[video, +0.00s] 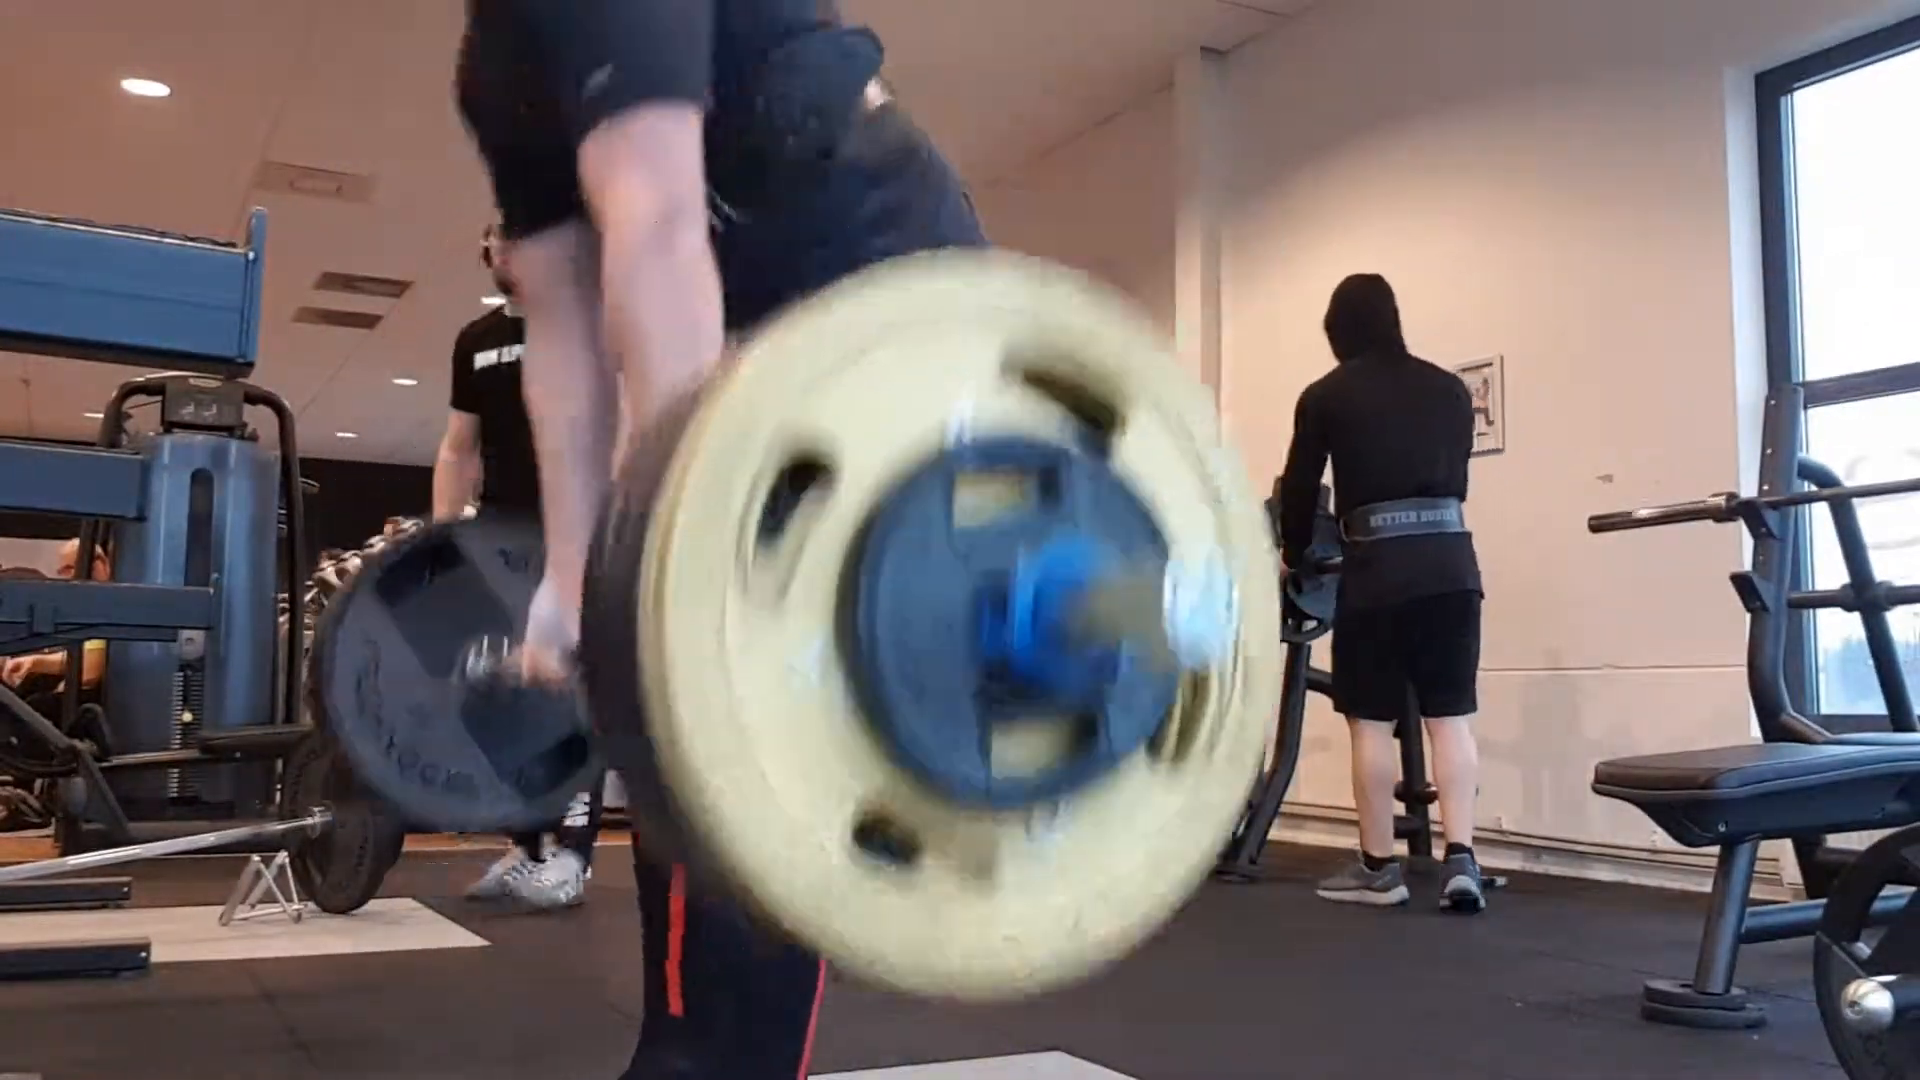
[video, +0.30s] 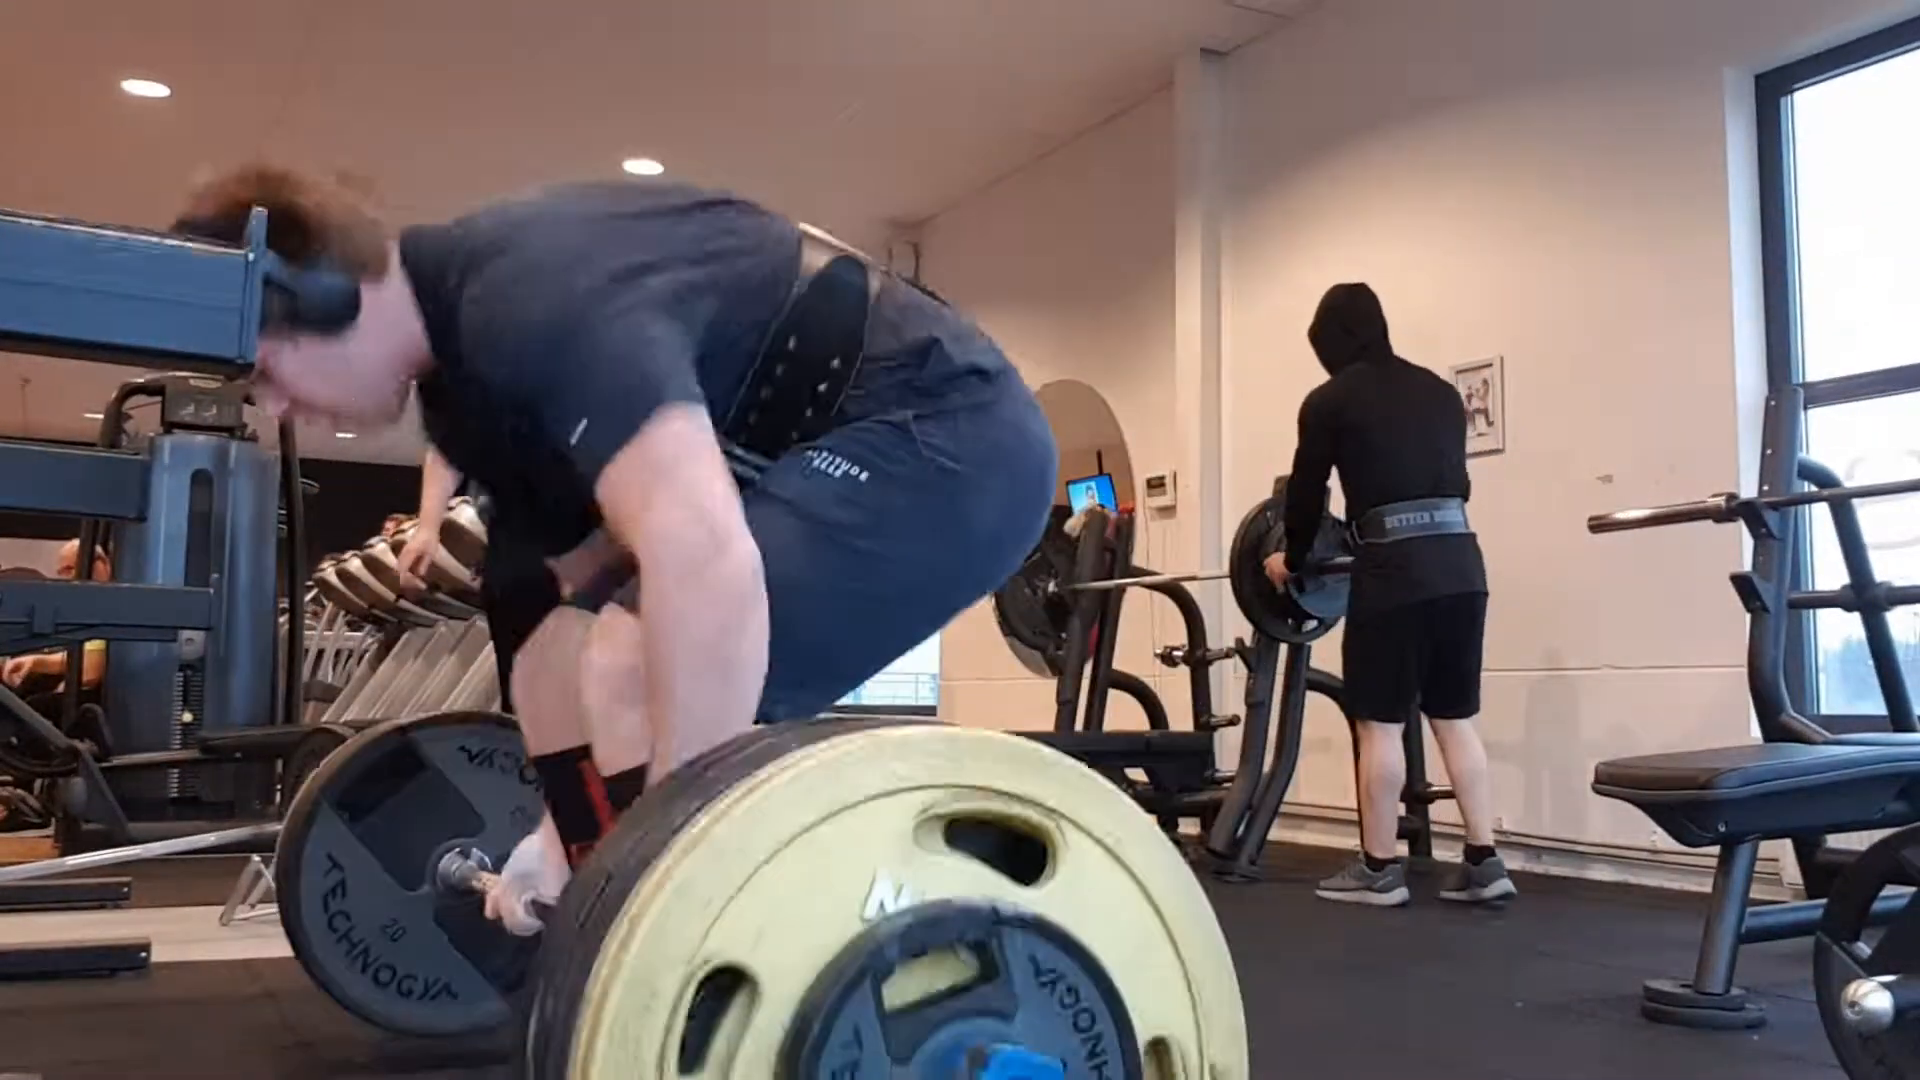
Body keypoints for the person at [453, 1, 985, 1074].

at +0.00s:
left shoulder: (609, 7)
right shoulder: (497, 51)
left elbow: (662, 230)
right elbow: (558, 307)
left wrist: (673, 550)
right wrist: (568, 566)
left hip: (884, 338)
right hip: (771, 352)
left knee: (743, 707)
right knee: (681, 695)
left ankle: (723, 1049)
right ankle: (696, 1040)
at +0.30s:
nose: (277, 418)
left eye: (259, 373)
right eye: (252, 389)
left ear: (310, 309)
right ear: (321, 296)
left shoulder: (546, 307)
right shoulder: (454, 371)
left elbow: (706, 550)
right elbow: (580, 575)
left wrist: (696, 856)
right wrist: (566, 824)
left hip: (941, 430)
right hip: (819, 445)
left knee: (630, 671)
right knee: (554, 662)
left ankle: (711, 965)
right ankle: (630, 994)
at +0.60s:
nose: (283, 301)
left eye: (272, 256)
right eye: (259, 279)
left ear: (334, 182)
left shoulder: (552, 284)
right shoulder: (449, 376)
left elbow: (637, 607)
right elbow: (523, 622)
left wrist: (645, 913)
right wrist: (537, 865)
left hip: (929, 476)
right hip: (816, 498)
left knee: (600, 681)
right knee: (525, 681)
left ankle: (697, 974)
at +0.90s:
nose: (275, 186)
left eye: (280, 143)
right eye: (260, 157)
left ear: (373, 93)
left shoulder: (562, 241)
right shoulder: (461, 329)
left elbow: (636, 573)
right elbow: (537, 589)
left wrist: (639, 878)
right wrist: (542, 853)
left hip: (911, 466)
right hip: (804, 483)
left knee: (565, 689)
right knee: (505, 688)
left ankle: (669, 1000)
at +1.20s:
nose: (285, 97)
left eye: (300, 54)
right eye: (280, 64)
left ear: (399, 35)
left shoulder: (577, 190)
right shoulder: (477, 288)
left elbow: (654, 521)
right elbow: (550, 538)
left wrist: (647, 832)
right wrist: (558, 790)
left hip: (921, 414)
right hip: (805, 438)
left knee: (613, 663)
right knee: (548, 661)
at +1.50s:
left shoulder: (617, 57)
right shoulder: (512, 160)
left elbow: (681, 365)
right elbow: (574, 413)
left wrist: (661, 651)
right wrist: (582, 668)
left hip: (926, 336)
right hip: (809, 366)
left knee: (737, 646)